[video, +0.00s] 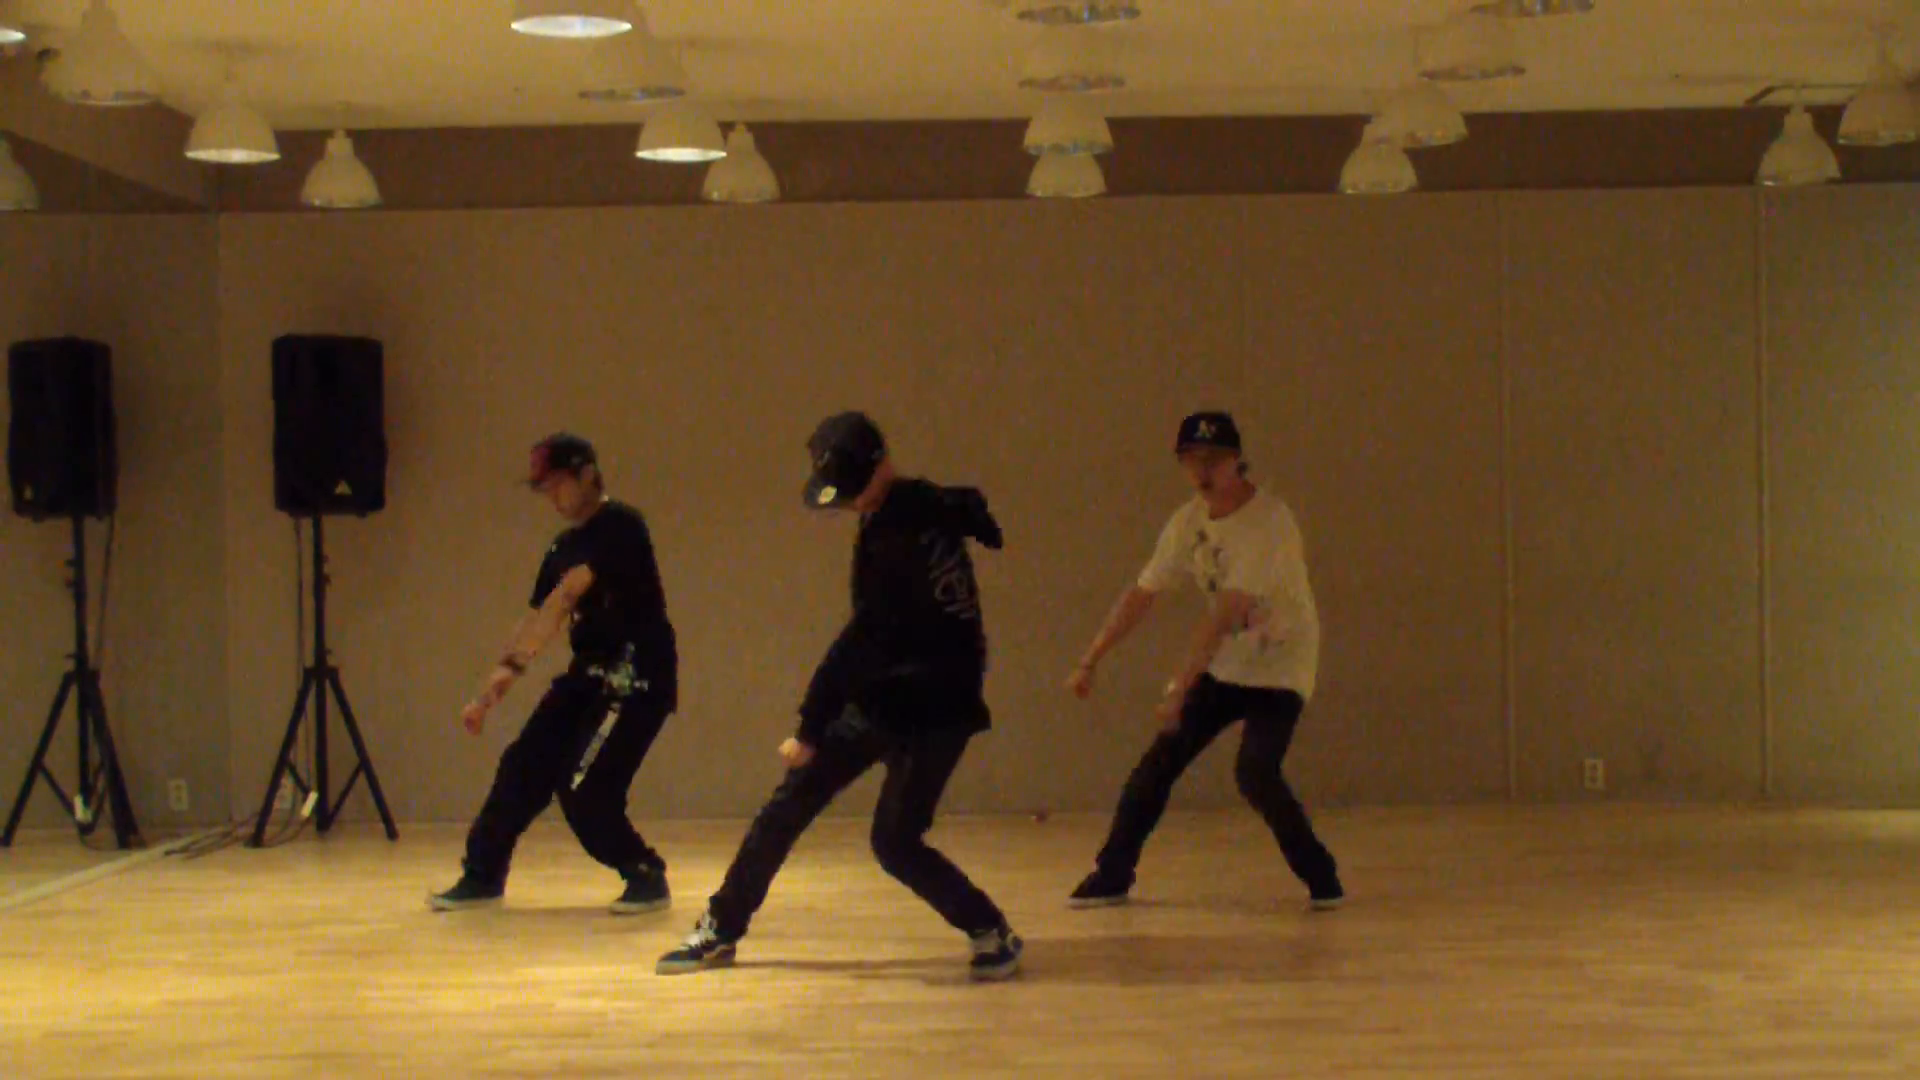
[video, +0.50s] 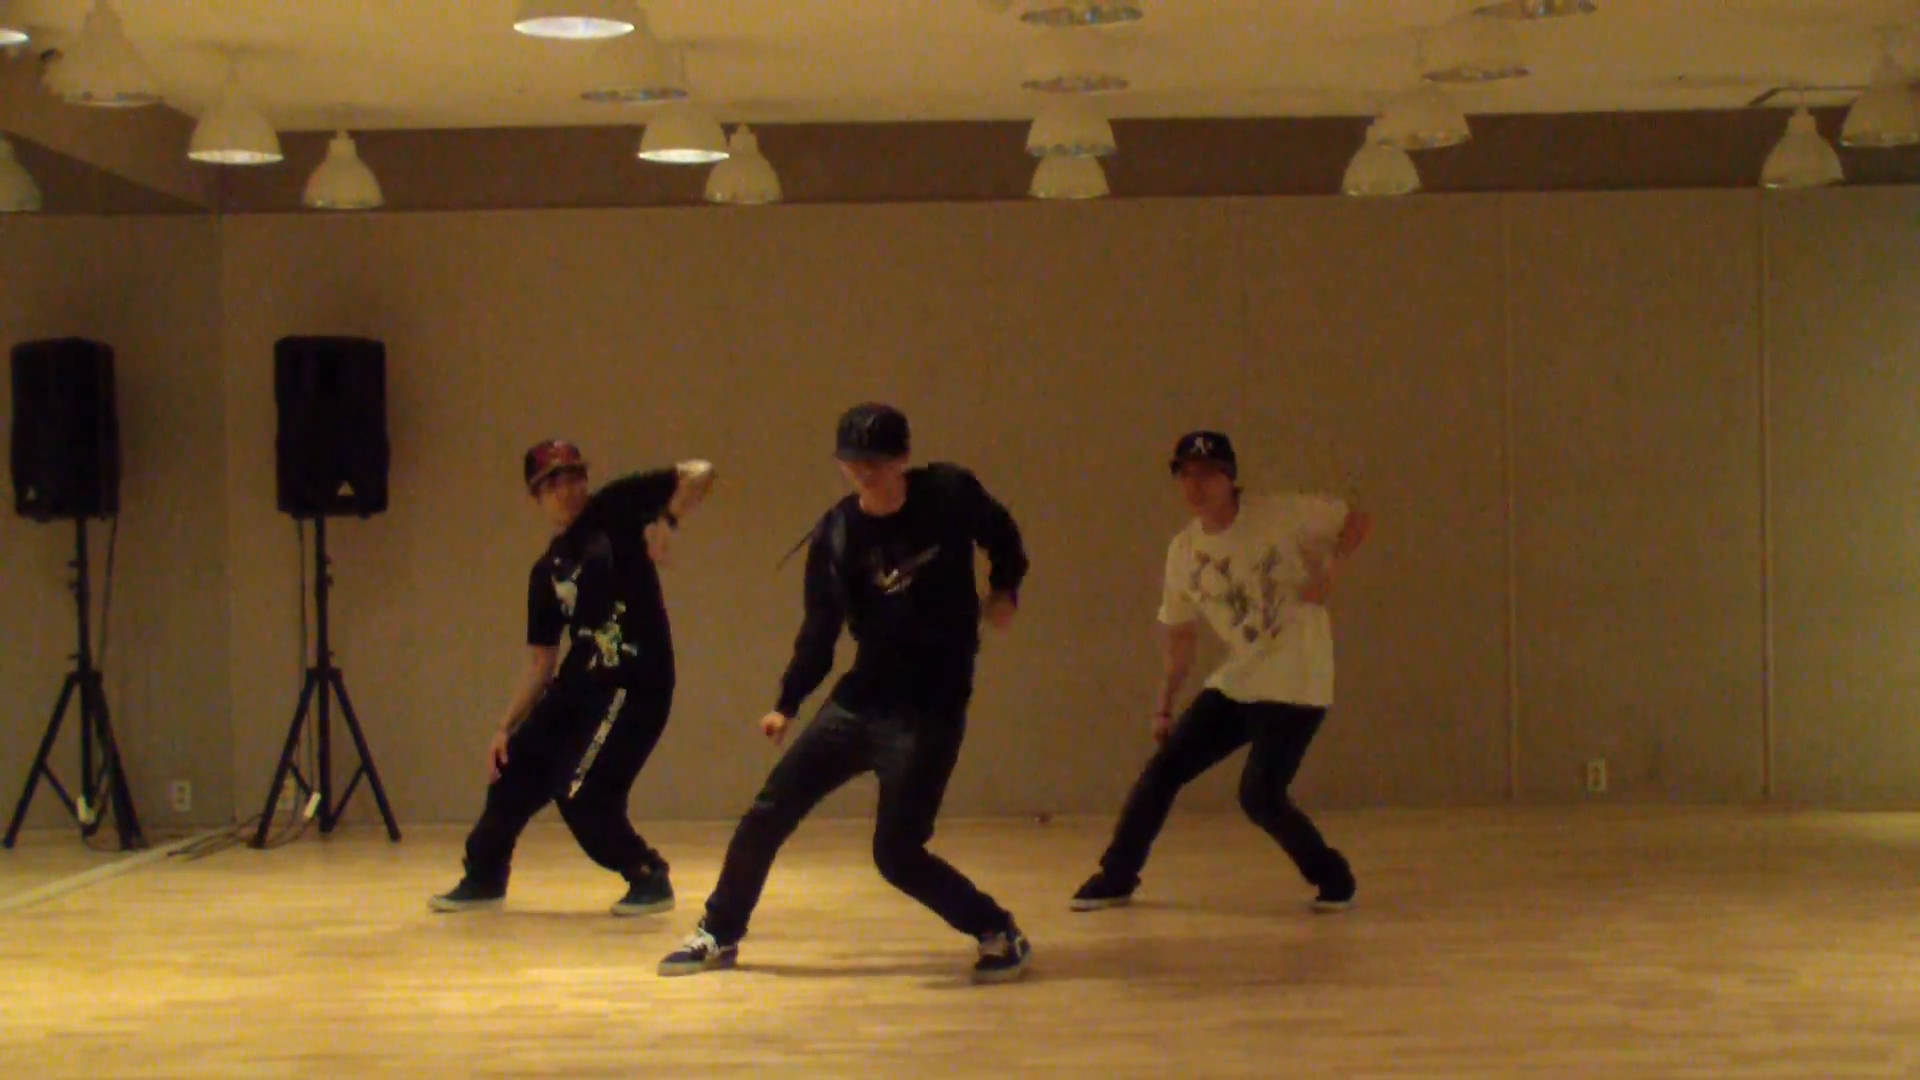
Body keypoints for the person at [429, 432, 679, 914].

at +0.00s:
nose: (553, 498)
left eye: (559, 485)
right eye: (546, 490)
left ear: (589, 476)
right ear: (547, 492)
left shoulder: (621, 526)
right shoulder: (565, 547)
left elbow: (567, 598)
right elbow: (533, 617)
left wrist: (518, 661)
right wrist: (487, 693)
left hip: (639, 678)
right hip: (589, 673)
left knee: (587, 785)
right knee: (524, 766)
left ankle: (645, 874)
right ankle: (483, 876)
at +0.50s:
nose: (567, 488)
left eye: (574, 476)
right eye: (554, 481)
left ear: (587, 480)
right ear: (537, 496)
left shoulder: (619, 505)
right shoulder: (547, 571)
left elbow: (700, 473)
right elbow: (541, 662)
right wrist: (505, 728)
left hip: (638, 680)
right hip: (581, 683)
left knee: (584, 792)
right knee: (520, 767)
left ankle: (648, 877)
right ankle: (484, 876)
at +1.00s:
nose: (603, 424)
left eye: (616, 415)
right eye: (600, 415)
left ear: (644, 428)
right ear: (594, 427)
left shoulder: (664, 491)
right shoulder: (587, 475)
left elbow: (698, 569)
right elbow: (541, 402)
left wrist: (703, 649)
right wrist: (515, 332)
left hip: (649, 652)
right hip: (600, 652)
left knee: (631, 764)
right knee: (587, 766)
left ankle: (652, 873)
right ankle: (642, 867)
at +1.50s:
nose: (581, 455)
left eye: (589, 444)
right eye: (576, 446)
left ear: (624, 445)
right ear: (579, 455)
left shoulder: (674, 490)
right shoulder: (601, 517)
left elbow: (717, 548)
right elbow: (622, 585)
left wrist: (725, 608)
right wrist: (600, 596)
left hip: (681, 640)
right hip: (632, 633)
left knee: (630, 745)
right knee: (553, 633)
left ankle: (655, 875)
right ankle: (614, 729)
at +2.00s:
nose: (620, 497)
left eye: (628, 484)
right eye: (616, 488)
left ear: (661, 480)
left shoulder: (691, 494)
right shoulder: (664, 562)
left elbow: (769, 509)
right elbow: (613, 634)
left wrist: (755, 585)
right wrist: (551, 598)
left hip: (722, 665)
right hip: (689, 660)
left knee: (637, 762)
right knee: (636, 719)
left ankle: (656, 878)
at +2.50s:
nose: (682, 473)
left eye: (694, 463)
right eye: (681, 463)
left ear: (725, 474)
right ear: (683, 471)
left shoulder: (707, 535)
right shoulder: (692, 530)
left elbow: (654, 608)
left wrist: (633, 570)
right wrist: (639, 559)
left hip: (714, 690)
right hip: (692, 688)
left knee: (758, 798)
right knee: (650, 784)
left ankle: (862, 867)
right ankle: (746, 845)